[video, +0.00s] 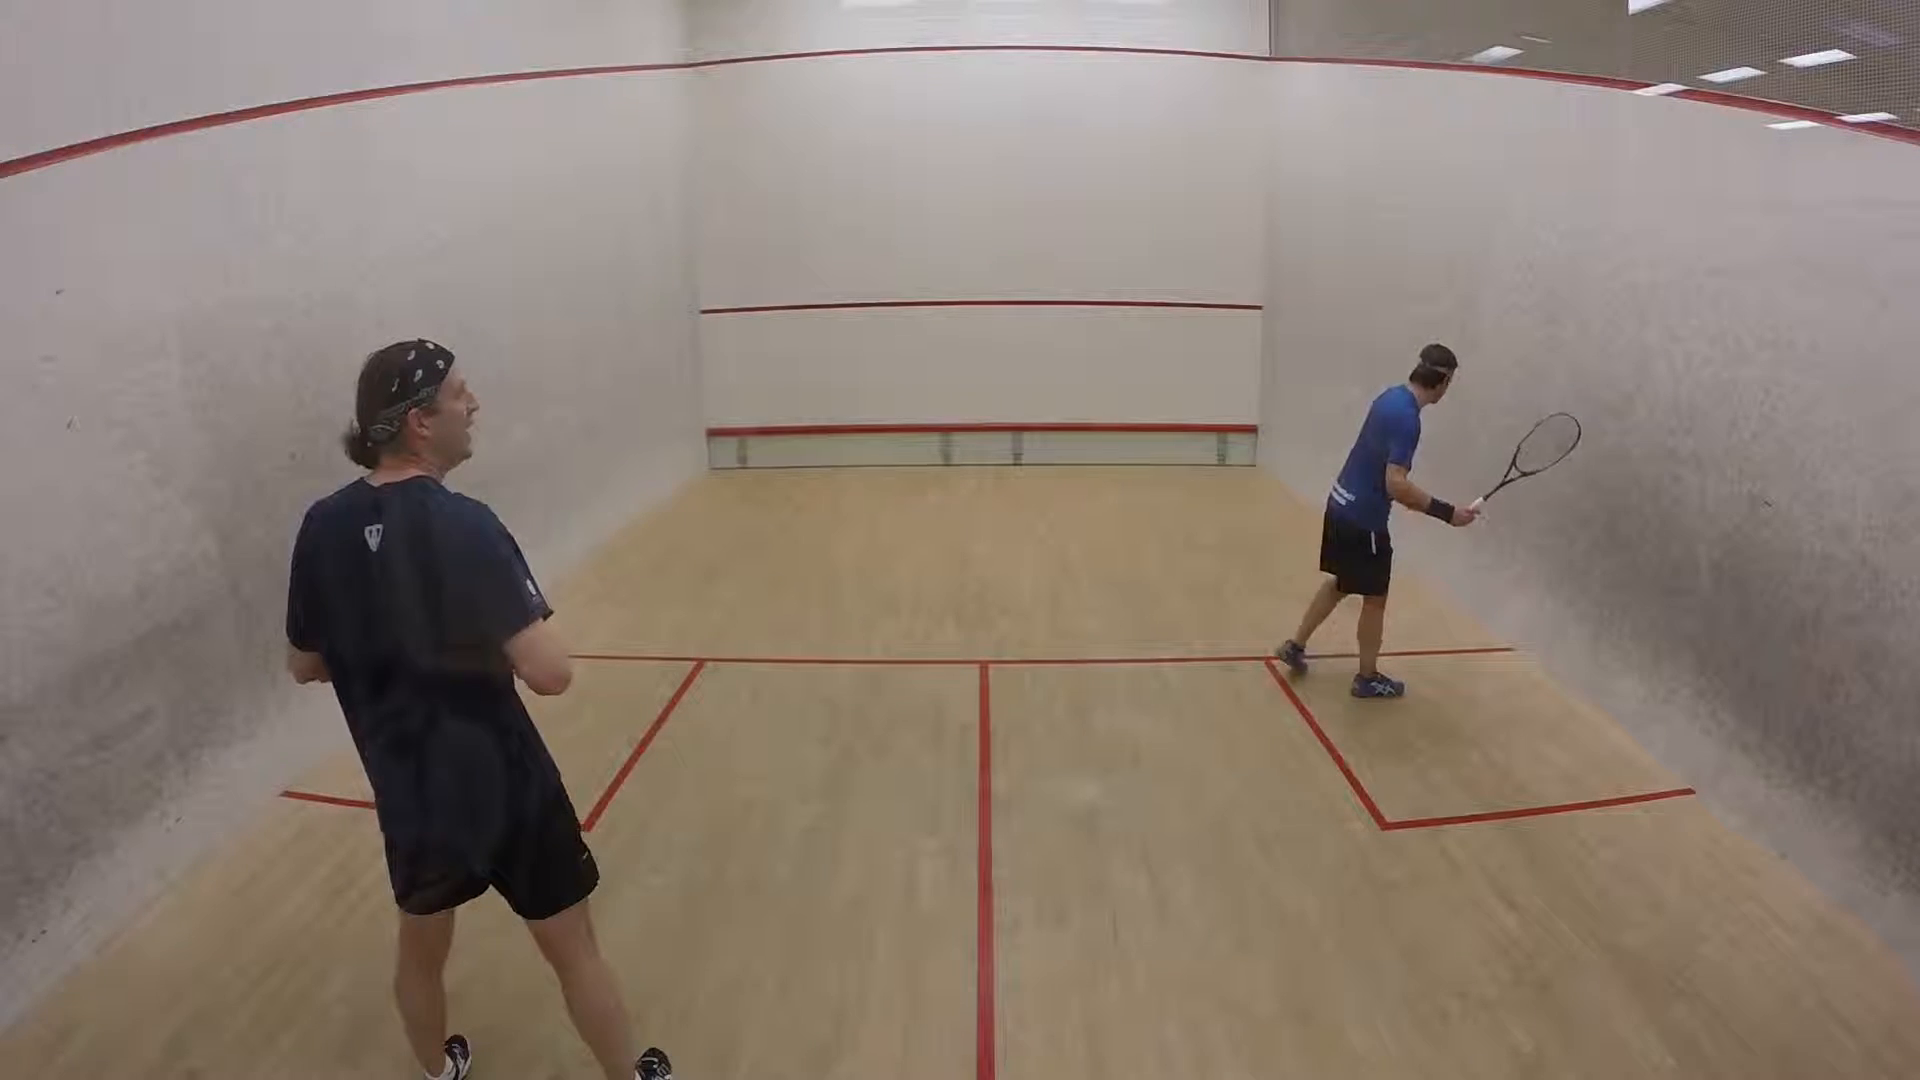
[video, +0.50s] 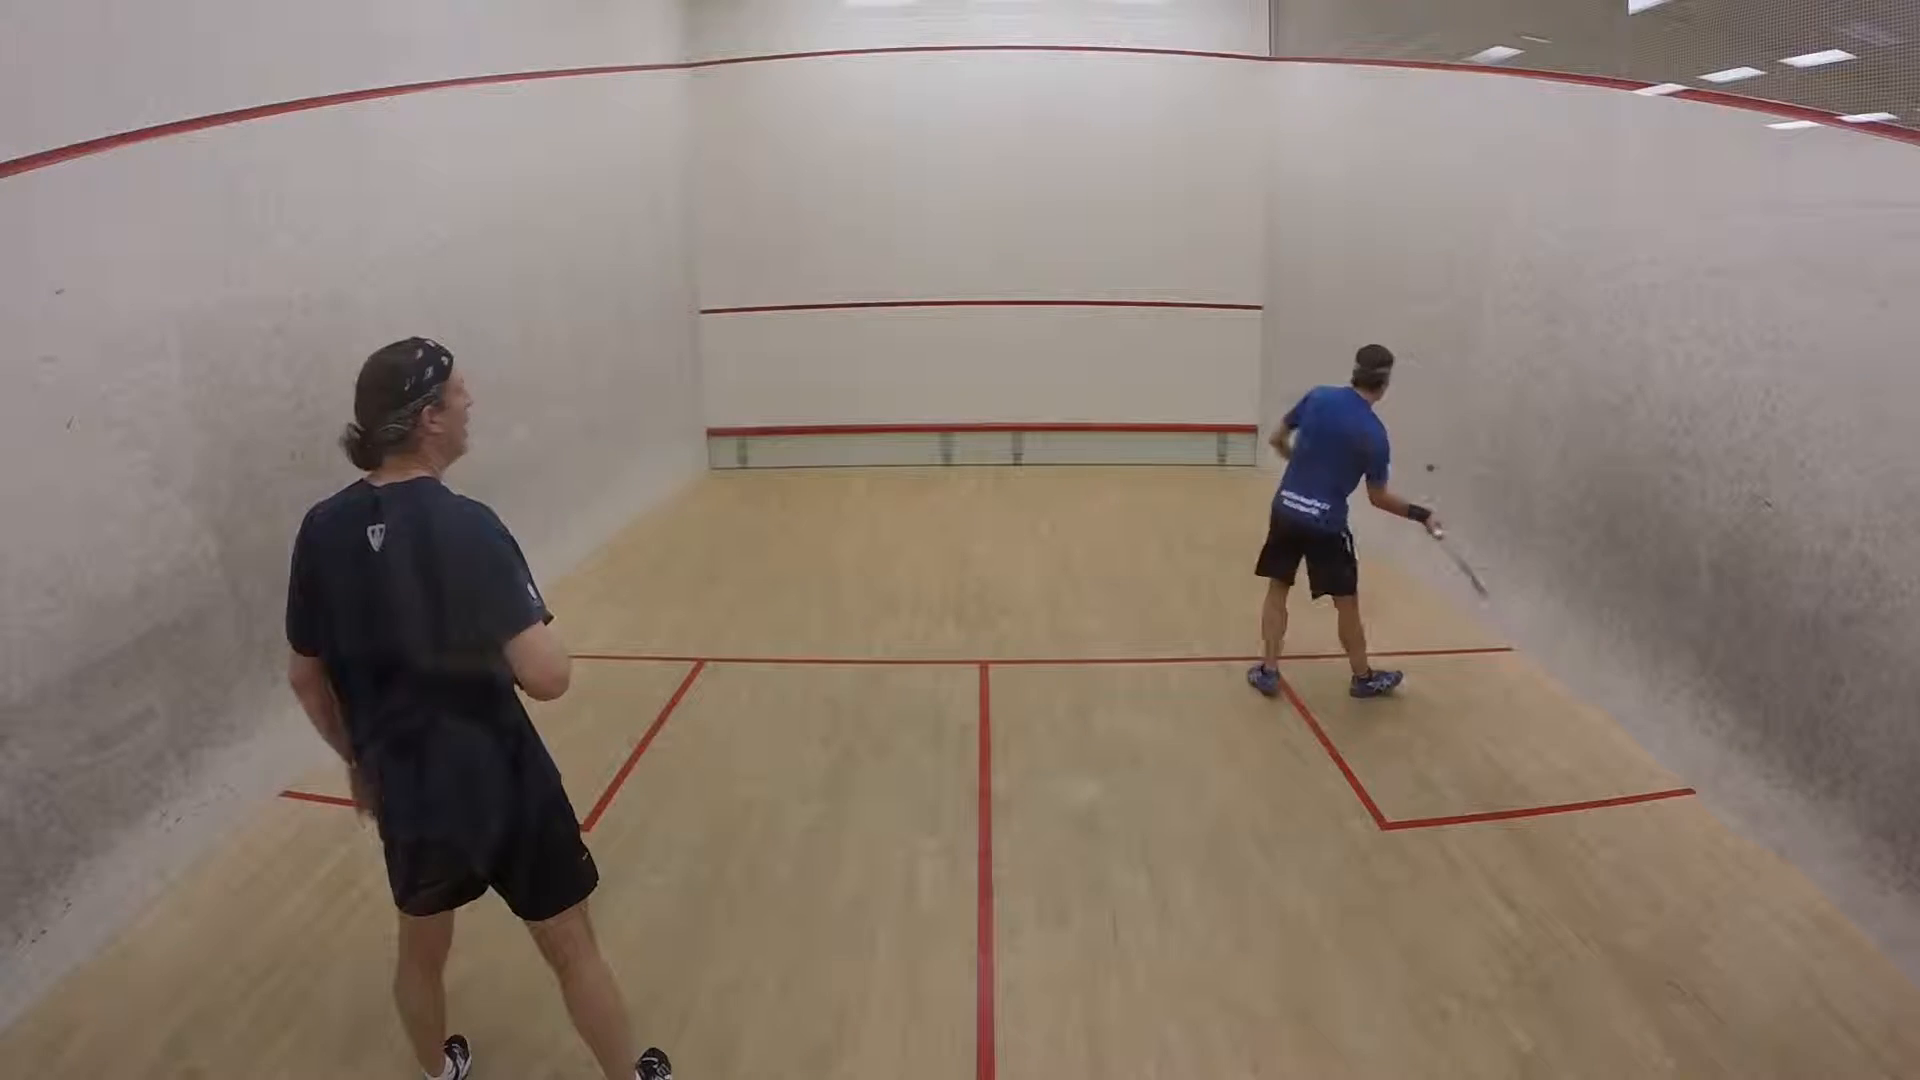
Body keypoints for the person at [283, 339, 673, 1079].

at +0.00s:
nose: (475, 407)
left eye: (467, 392)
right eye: (459, 397)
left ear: (398, 425)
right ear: (414, 423)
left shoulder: (324, 525)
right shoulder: (465, 524)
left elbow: (306, 663)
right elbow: (550, 672)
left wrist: (386, 642)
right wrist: (504, 623)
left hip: (408, 794)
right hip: (505, 782)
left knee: (420, 953)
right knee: (574, 951)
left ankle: (437, 1070)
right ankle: (632, 1070)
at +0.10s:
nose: (475, 406)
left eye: (467, 391)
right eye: (459, 396)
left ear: (397, 426)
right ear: (416, 424)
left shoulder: (324, 525)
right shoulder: (465, 525)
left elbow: (308, 665)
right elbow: (550, 672)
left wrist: (389, 668)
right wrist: (511, 628)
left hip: (408, 793)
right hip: (505, 781)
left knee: (420, 953)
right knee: (574, 951)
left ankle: (437, 1070)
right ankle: (632, 1070)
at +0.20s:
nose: (475, 408)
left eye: (469, 393)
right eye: (460, 397)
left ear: (396, 425)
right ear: (418, 423)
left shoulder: (325, 527)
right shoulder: (468, 526)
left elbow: (308, 668)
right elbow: (550, 674)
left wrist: (383, 675)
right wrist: (519, 621)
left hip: (409, 794)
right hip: (506, 782)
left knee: (421, 955)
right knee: (575, 953)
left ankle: (437, 1069)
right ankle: (632, 1070)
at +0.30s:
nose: (475, 407)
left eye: (469, 393)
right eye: (461, 398)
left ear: (398, 425)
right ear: (419, 423)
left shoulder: (325, 526)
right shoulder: (469, 526)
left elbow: (310, 670)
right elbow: (548, 675)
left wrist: (378, 710)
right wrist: (527, 625)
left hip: (407, 789)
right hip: (505, 779)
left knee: (421, 955)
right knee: (575, 954)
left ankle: (436, 1069)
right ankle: (632, 1070)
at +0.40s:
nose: (475, 407)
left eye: (468, 392)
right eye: (461, 397)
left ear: (392, 424)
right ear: (421, 421)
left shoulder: (325, 527)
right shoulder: (469, 525)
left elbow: (309, 674)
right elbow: (547, 676)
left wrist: (374, 738)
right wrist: (524, 627)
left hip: (406, 786)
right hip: (505, 777)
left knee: (420, 955)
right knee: (575, 954)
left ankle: (437, 1069)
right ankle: (632, 1071)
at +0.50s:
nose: (470, 411)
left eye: (465, 396)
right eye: (461, 399)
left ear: (382, 421)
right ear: (426, 420)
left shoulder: (324, 528)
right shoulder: (469, 525)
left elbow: (307, 675)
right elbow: (547, 676)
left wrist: (357, 756)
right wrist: (519, 627)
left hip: (402, 783)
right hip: (502, 775)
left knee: (420, 952)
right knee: (572, 949)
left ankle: (438, 1069)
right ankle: (631, 1071)